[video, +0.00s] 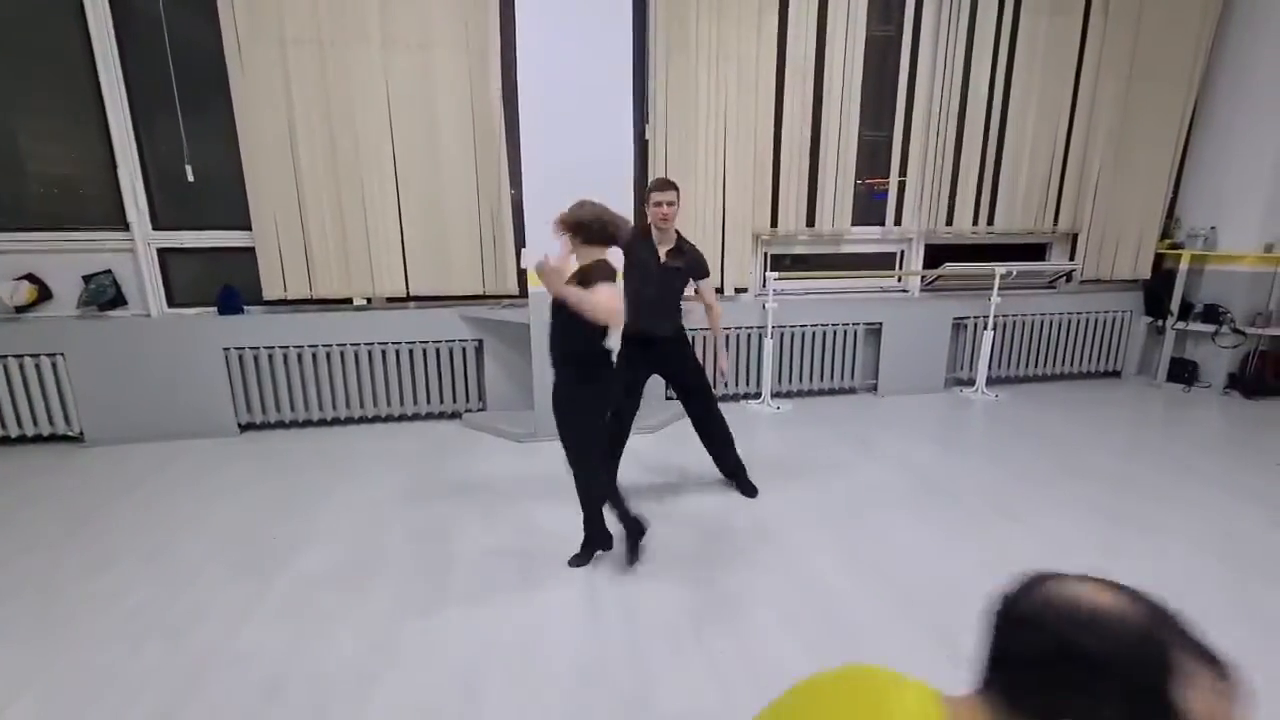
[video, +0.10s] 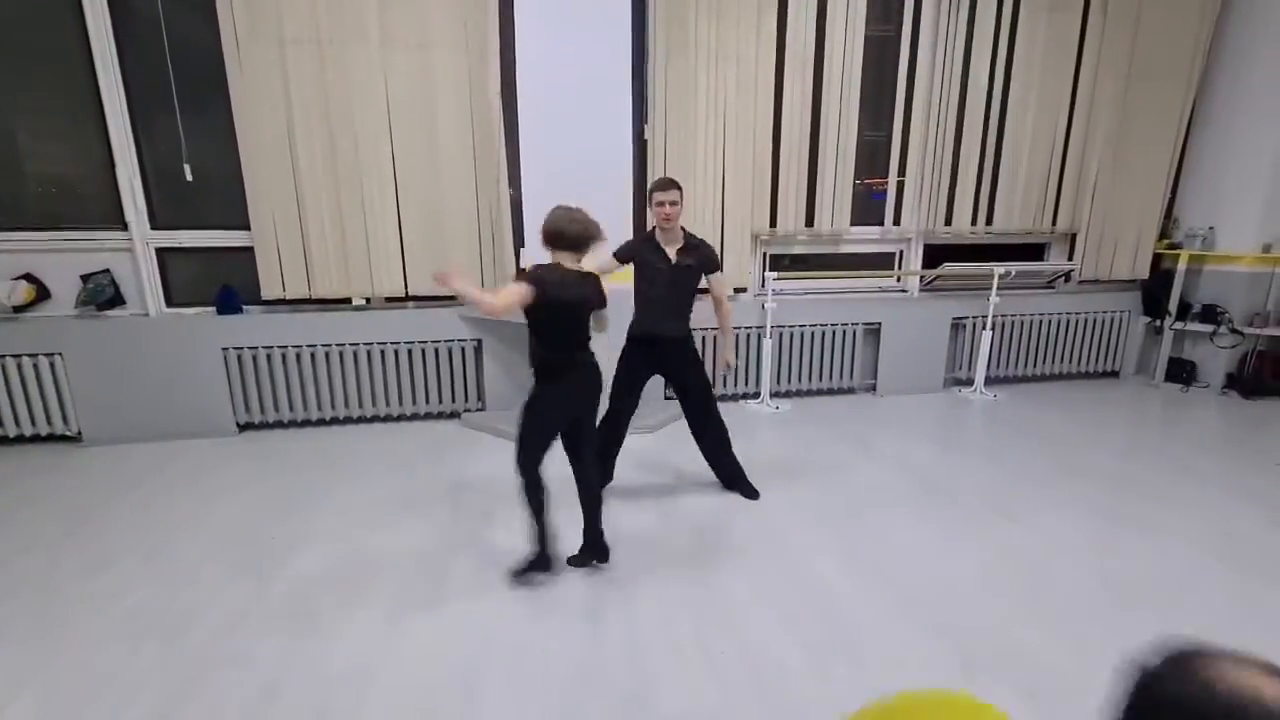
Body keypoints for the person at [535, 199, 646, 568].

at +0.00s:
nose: (563, 235)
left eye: (568, 230)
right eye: (564, 229)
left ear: (581, 234)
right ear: (594, 234)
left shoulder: (600, 271)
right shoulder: (580, 268)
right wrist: (551, 277)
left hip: (591, 382)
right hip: (571, 380)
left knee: (592, 461)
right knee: (581, 460)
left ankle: (630, 523)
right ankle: (595, 531)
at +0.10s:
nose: (542, 238)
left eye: (545, 233)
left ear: (548, 240)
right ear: (586, 243)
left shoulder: (536, 279)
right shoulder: (592, 282)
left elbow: (495, 306)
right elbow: (601, 322)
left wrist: (460, 286)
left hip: (552, 387)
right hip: (586, 383)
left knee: (528, 462)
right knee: (584, 460)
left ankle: (543, 552)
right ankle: (595, 542)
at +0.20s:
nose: (568, 248)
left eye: (568, 241)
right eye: (566, 242)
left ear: (526, 240)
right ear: (555, 243)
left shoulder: (498, 274)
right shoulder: (567, 283)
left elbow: (445, 293)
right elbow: (598, 327)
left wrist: (477, 289)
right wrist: (615, 330)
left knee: (502, 460)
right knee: (569, 456)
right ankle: (578, 549)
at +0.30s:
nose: (546, 245)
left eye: (545, 239)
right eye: (542, 239)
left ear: (506, 243)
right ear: (528, 244)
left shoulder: (484, 275)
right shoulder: (537, 286)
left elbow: (452, 280)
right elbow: (578, 326)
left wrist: (488, 276)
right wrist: (608, 332)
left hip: (484, 382)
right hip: (521, 382)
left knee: (489, 451)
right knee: (561, 442)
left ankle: (470, 533)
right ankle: (554, 529)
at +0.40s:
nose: (529, 250)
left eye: (528, 243)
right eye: (525, 244)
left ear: (491, 248)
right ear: (509, 249)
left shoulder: (479, 281)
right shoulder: (508, 290)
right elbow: (553, 324)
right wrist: (595, 329)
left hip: (461, 381)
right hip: (481, 387)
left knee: (482, 453)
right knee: (537, 439)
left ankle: (456, 524)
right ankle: (541, 514)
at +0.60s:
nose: (510, 252)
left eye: (509, 246)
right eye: (506, 247)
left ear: (476, 252)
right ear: (491, 253)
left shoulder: (475, 285)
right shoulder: (475, 291)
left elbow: (510, 325)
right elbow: (528, 321)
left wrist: (561, 331)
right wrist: (575, 327)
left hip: (460, 381)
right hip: (446, 384)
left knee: (464, 449)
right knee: (483, 448)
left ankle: (456, 516)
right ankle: (520, 520)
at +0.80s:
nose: (502, 249)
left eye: (500, 243)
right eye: (496, 245)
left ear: (471, 250)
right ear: (478, 251)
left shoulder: (477, 277)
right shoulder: (463, 290)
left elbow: (500, 311)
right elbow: (519, 319)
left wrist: (510, 331)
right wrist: (566, 324)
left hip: (459, 377)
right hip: (440, 380)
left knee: (457, 444)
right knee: (478, 448)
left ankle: (456, 511)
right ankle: (517, 521)